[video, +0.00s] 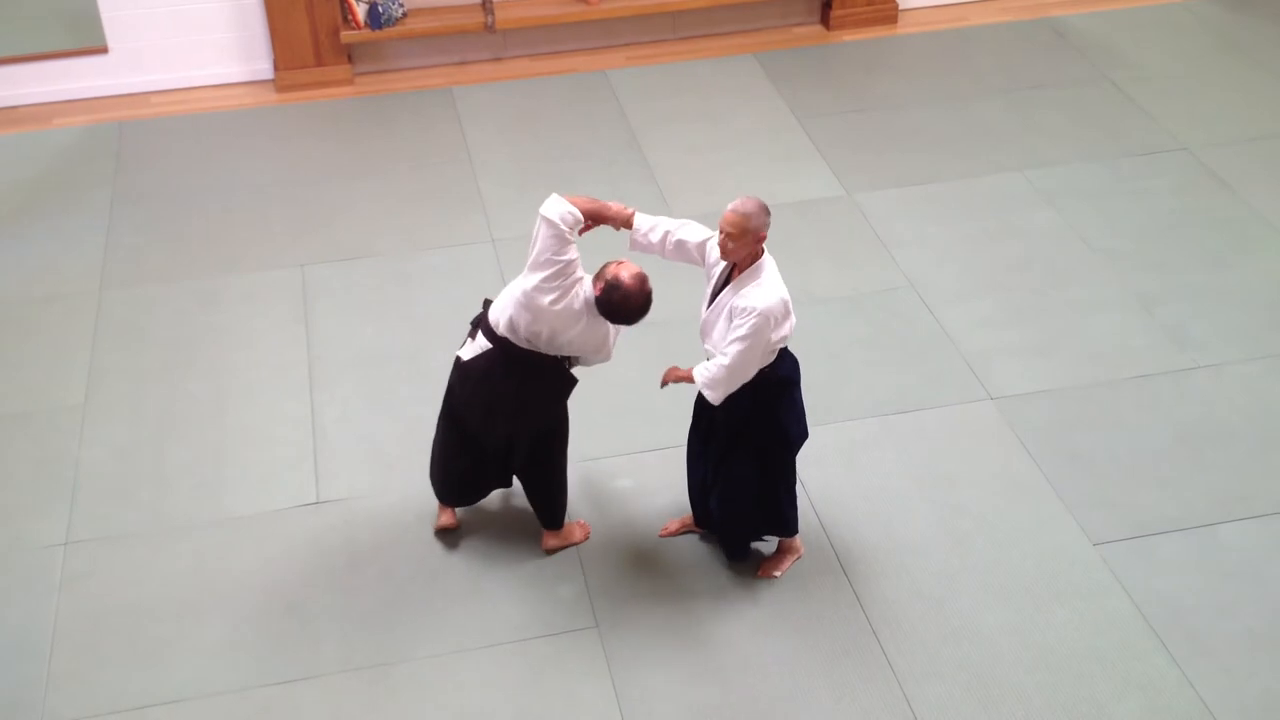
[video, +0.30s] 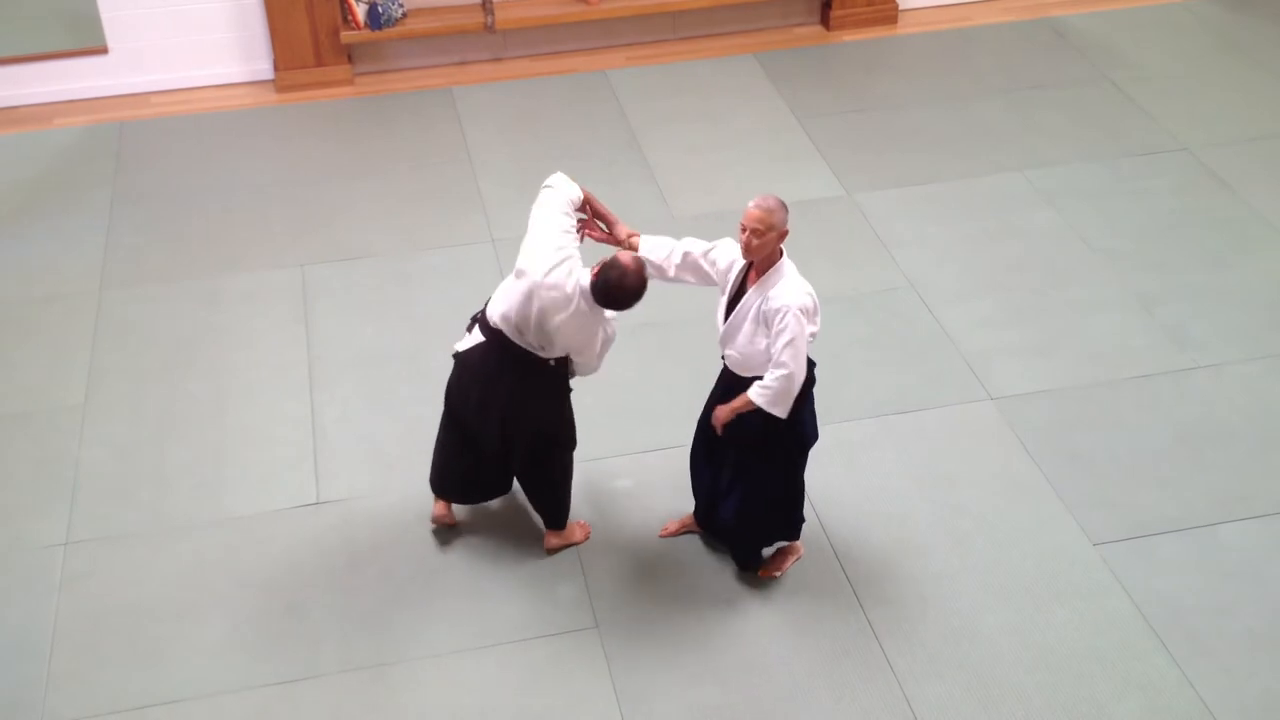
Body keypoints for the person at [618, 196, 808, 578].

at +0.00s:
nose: (719, 242)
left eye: (729, 238)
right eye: (720, 233)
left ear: (757, 244)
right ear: (720, 226)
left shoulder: (763, 302)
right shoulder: (721, 252)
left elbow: (729, 367)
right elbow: (676, 234)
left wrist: (687, 374)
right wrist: (621, 216)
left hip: (763, 388)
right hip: (725, 376)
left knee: (773, 467)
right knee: (707, 449)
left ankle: (789, 543)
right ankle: (706, 515)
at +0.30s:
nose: (745, 239)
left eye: (757, 234)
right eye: (743, 229)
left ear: (781, 237)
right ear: (740, 226)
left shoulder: (790, 298)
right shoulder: (731, 258)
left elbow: (787, 374)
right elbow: (681, 254)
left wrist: (732, 407)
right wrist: (625, 238)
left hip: (777, 396)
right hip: (734, 378)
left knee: (773, 472)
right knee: (711, 447)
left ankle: (789, 544)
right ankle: (706, 515)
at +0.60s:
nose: (769, 241)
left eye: (781, 236)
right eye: (766, 231)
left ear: (805, 239)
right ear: (763, 228)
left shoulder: (812, 302)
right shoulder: (756, 265)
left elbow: (822, 377)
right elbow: (711, 286)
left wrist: (782, 414)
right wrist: (652, 290)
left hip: (802, 400)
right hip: (761, 382)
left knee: (779, 477)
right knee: (730, 445)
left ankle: (783, 548)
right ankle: (728, 507)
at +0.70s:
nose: (777, 239)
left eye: (788, 233)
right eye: (774, 229)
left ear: (813, 237)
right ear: (770, 226)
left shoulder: (820, 299)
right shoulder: (764, 266)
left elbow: (831, 373)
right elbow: (720, 298)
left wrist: (789, 410)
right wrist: (658, 314)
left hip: (806, 402)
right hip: (765, 384)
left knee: (784, 479)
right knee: (741, 453)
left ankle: (781, 560)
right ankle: (757, 526)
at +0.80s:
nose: (785, 236)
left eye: (797, 230)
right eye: (783, 226)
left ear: (821, 235)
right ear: (778, 224)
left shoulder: (829, 295)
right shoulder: (773, 264)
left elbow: (839, 370)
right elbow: (731, 303)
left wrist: (792, 404)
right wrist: (673, 324)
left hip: (807, 402)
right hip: (769, 384)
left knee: (786, 479)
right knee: (761, 460)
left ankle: (780, 559)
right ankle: (788, 530)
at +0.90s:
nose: (794, 231)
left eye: (805, 225)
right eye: (792, 221)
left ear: (829, 230)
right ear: (787, 219)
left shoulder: (837, 290)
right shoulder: (780, 261)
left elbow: (845, 363)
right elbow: (739, 303)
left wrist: (794, 393)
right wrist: (685, 326)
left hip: (812, 399)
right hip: (775, 379)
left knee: (783, 479)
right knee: (776, 445)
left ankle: (781, 557)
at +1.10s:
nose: (814, 215)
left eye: (824, 209)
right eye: (810, 205)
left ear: (847, 213)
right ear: (806, 204)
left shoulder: (858, 271)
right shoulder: (798, 246)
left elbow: (863, 344)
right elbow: (764, 289)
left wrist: (805, 360)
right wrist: (720, 323)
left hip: (834, 380)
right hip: (796, 367)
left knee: (789, 466)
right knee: (809, 434)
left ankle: (786, 551)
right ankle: (841, 482)